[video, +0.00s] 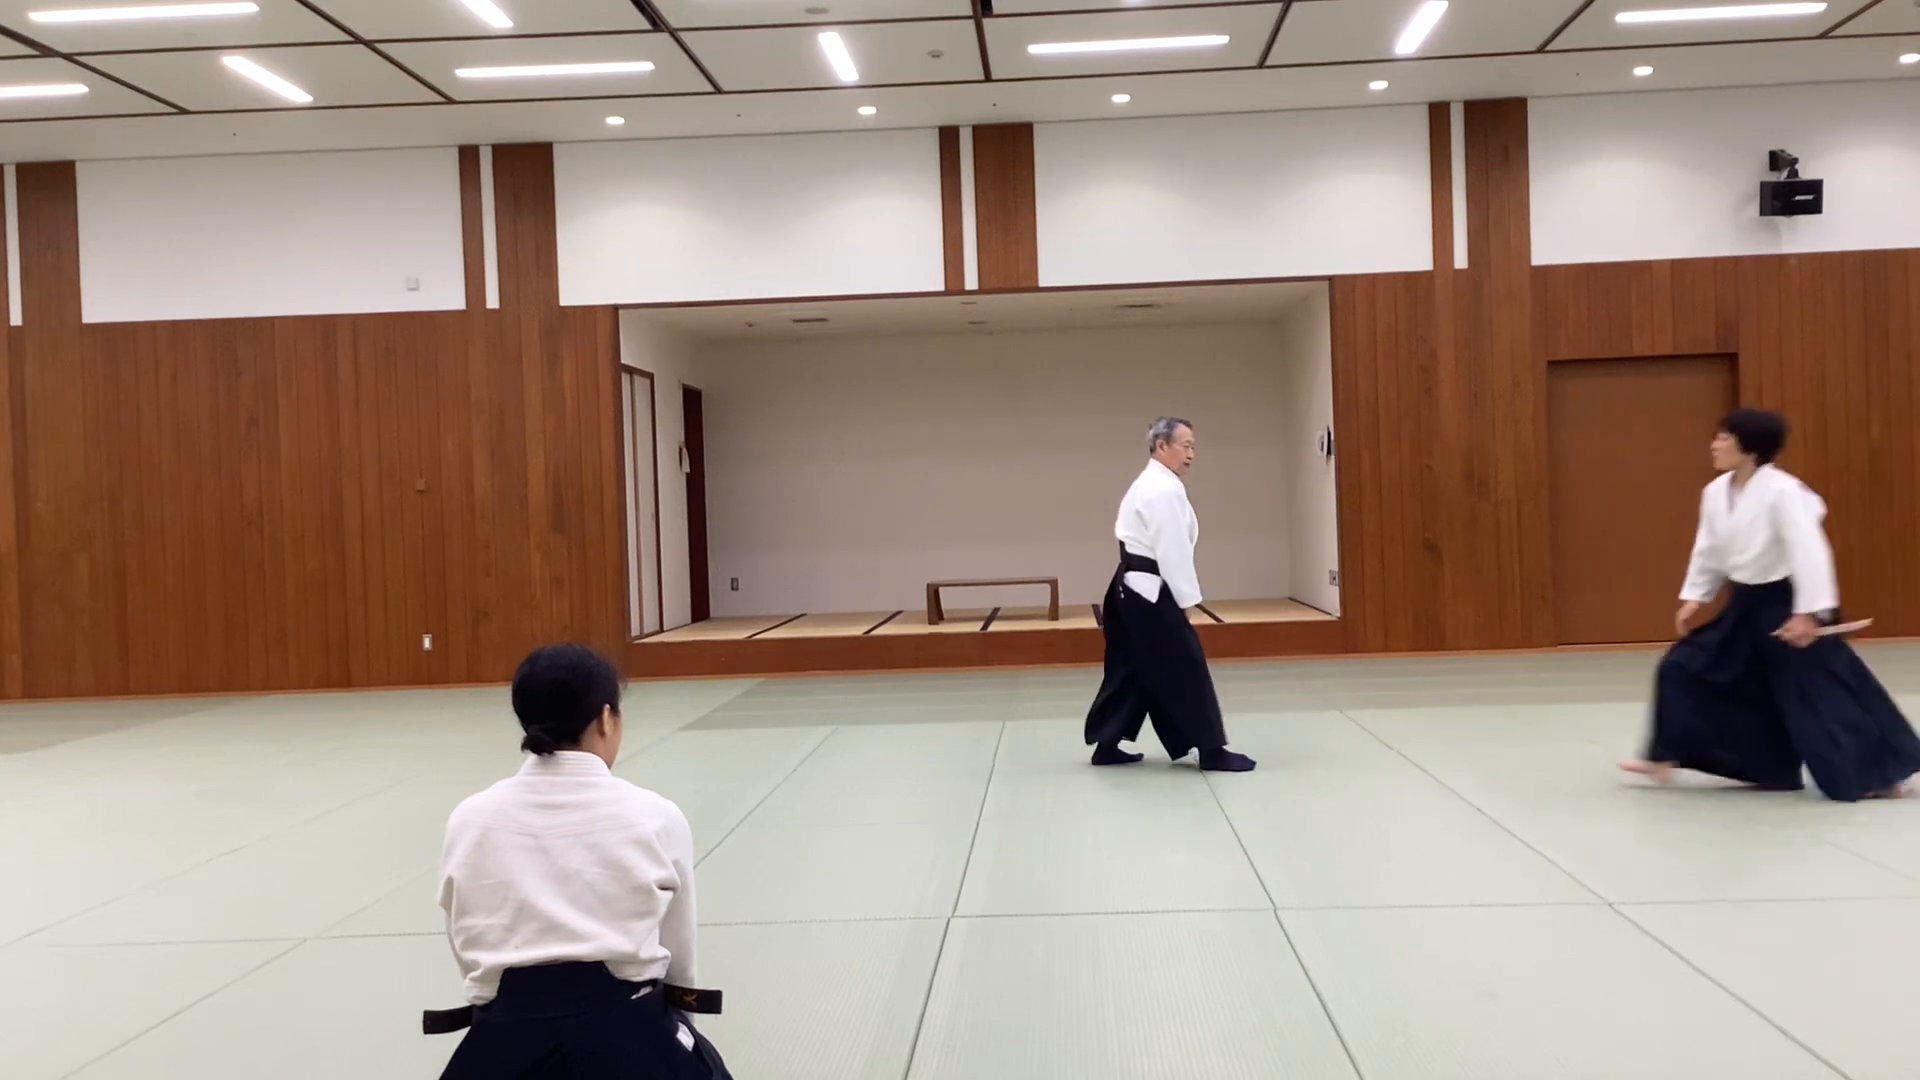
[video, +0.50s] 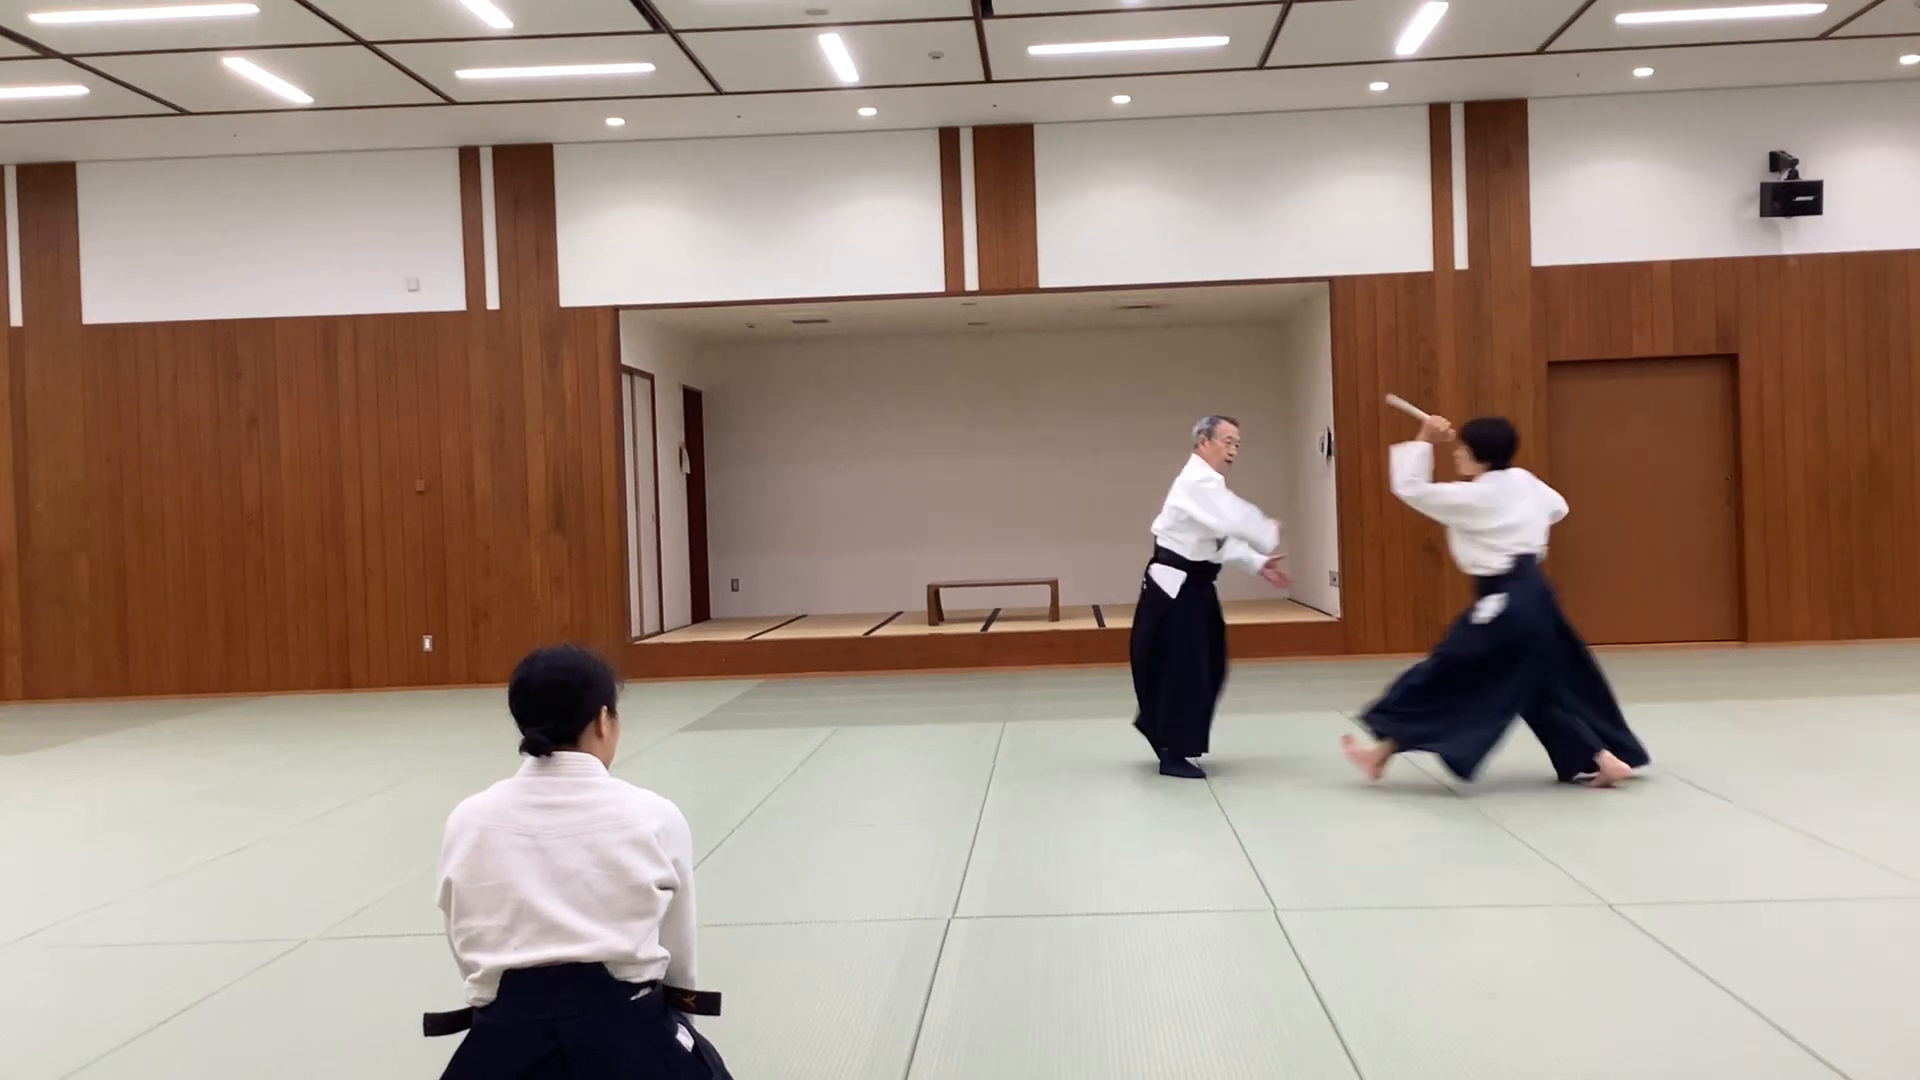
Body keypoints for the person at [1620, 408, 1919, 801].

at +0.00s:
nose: (1715, 444)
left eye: (1725, 439)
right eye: (1717, 437)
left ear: (1751, 449)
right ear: (1734, 449)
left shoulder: (1785, 492)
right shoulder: (1716, 492)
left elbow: (1810, 552)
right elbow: (1707, 550)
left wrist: (1807, 612)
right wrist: (1692, 597)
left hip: (1784, 605)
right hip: (1742, 605)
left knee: (1821, 685)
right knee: (1679, 666)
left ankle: (1882, 770)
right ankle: (1662, 759)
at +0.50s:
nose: (1456, 454)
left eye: (1461, 449)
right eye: (1458, 448)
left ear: (1478, 456)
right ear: (1498, 455)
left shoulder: (1472, 496)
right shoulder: (1522, 481)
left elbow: (1409, 487)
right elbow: (1557, 507)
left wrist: (1423, 440)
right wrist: (1528, 532)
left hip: (1501, 602)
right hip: (1534, 595)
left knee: (1442, 672)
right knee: (1541, 686)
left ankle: (1380, 752)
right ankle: (1606, 761)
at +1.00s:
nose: (1311, 442)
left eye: (1311, 436)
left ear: (1314, 437)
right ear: (1352, 434)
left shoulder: (1294, 474)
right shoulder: (1375, 470)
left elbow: (1243, 499)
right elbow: (1414, 507)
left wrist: (1221, 482)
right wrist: (1464, 528)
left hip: (1311, 578)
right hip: (1362, 578)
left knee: (1294, 658)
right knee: (1345, 664)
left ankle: (1285, 744)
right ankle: (1324, 751)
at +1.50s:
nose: (1330, 530)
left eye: (1334, 525)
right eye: (1331, 523)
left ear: (1313, 512)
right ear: (1314, 512)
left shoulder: (1298, 538)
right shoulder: (1283, 520)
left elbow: (1298, 581)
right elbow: (1244, 542)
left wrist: (1331, 597)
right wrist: (1256, 565)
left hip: (1233, 614)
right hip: (1213, 605)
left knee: (1256, 683)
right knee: (1190, 676)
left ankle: (1219, 746)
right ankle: (1125, 724)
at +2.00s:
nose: (1288, 467)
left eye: (1293, 461)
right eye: (1282, 461)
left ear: (1297, 459)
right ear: (1265, 458)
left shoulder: (1306, 490)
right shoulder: (1242, 484)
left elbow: (1331, 523)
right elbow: (1219, 521)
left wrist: (1349, 547)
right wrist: (1199, 556)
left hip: (1290, 581)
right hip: (1249, 579)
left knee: (1305, 649)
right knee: (1252, 651)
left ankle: (1332, 707)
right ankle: (1265, 728)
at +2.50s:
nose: (1300, 442)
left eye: (1305, 435)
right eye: (1293, 436)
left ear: (1312, 436)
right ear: (1279, 436)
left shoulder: (1325, 469)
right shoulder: (1259, 470)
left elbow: (1334, 500)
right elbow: (1241, 513)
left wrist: (1338, 511)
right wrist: (1224, 550)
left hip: (1311, 562)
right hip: (1270, 564)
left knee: (1321, 640)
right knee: (1278, 642)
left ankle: (1332, 725)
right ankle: (1290, 721)